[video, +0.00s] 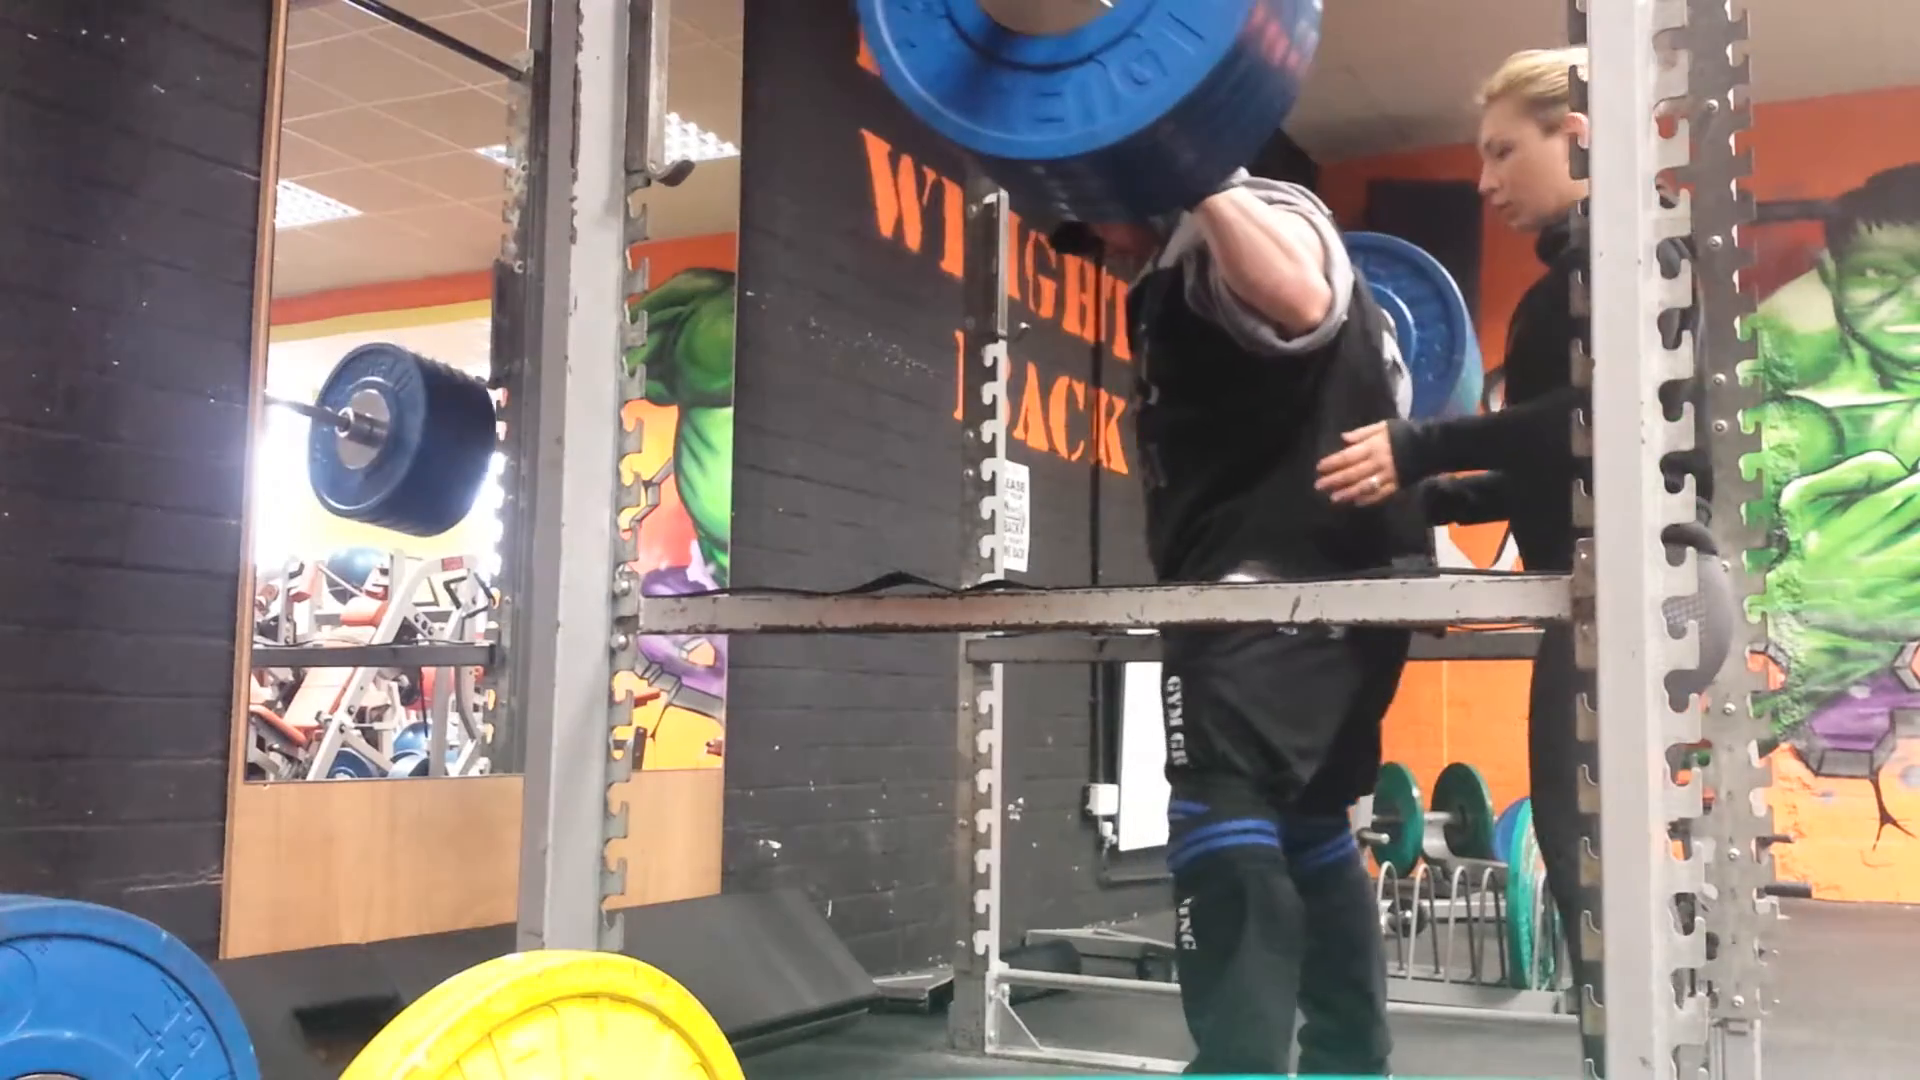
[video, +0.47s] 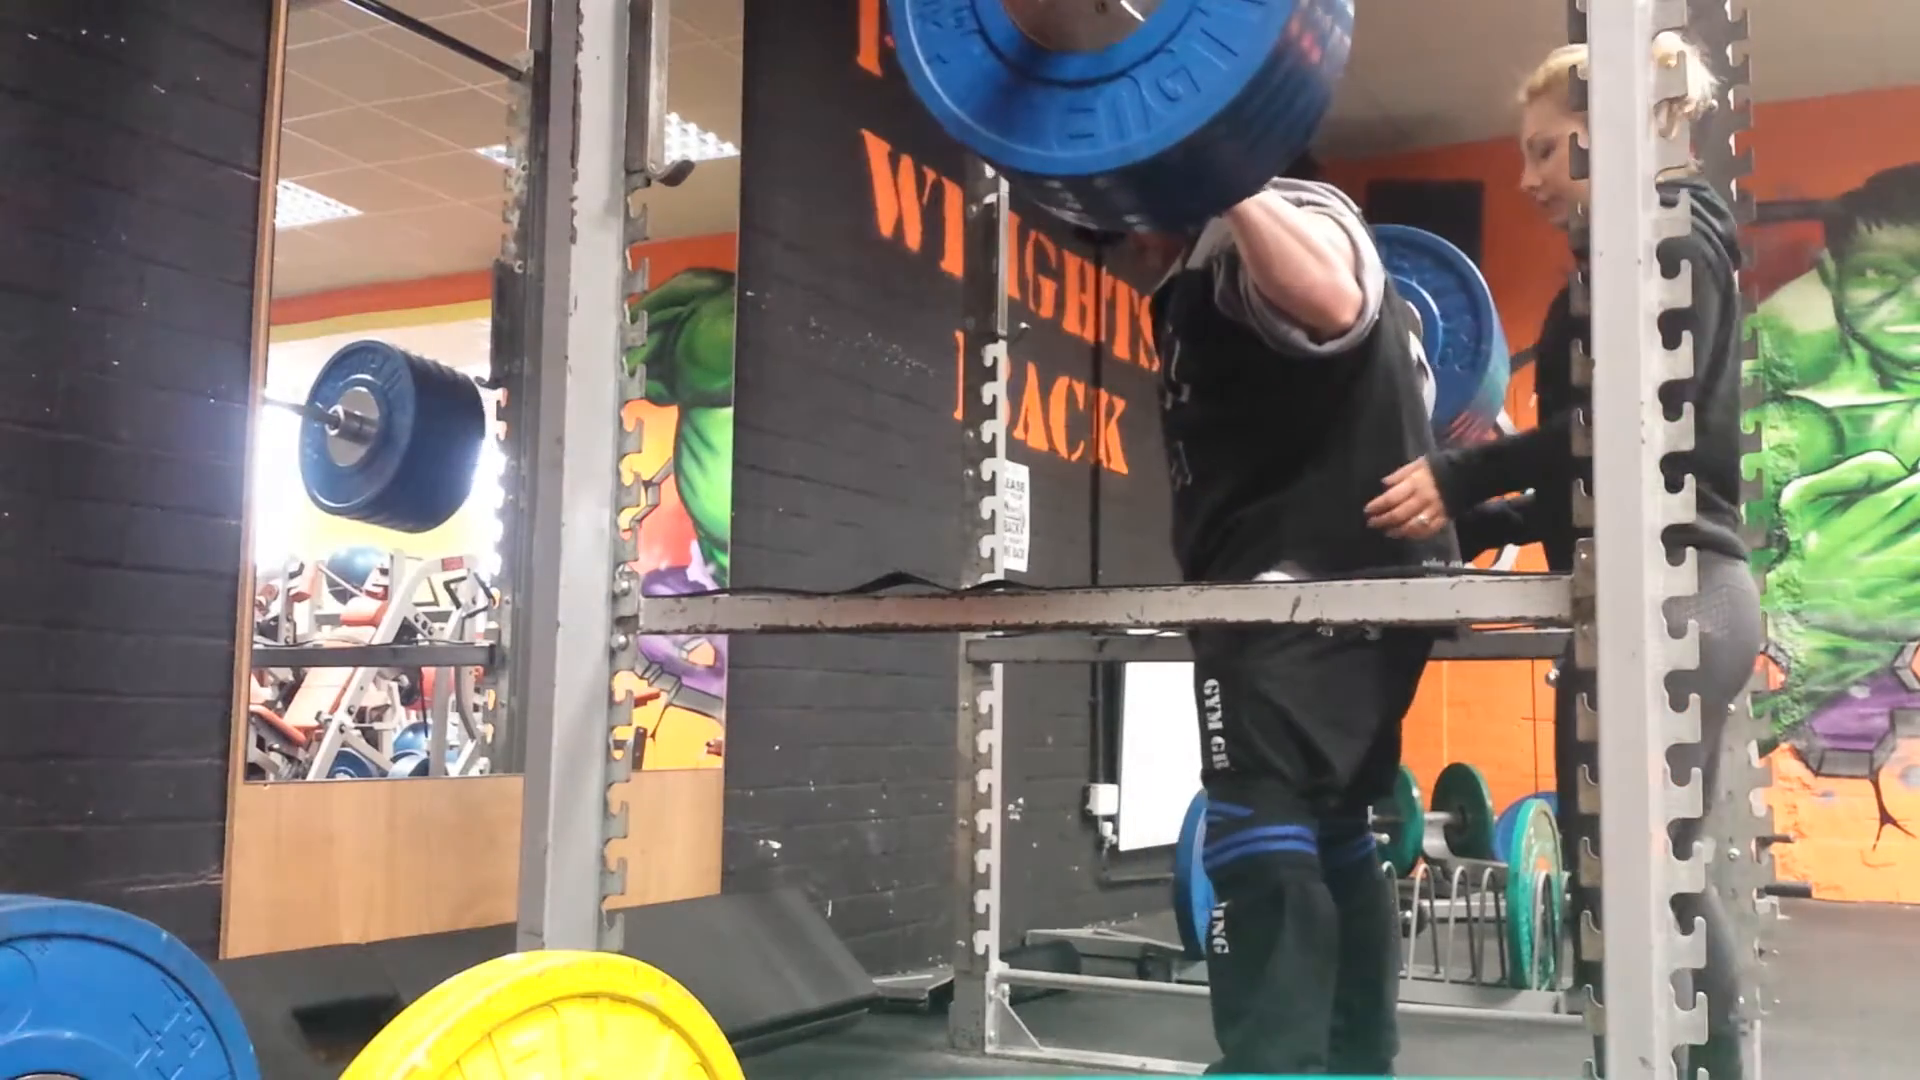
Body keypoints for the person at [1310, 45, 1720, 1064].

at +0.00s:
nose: (1486, 182)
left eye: (1500, 154)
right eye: (1483, 160)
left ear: (1571, 137)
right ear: (1554, 148)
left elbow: (1598, 421)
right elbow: (1560, 465)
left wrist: (1422, 446)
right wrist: (1433, 497)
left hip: (1624, 581)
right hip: (1581, 580)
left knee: (1590, 820)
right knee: (1570, 817)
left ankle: (1629, 1047)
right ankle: (1613, 1042)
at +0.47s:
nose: (1530, 179)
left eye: (1549, 152)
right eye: (1526, 155)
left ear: (1611, 146)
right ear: (1558, 152)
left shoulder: (1656, 243)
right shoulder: (1639, 254)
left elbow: (1627, 425)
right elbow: (1615, 477)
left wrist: (1466, 477)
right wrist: (1481, 525)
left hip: (1665, 585)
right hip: (1670, 579)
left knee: (1639, 857)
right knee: (1653, 855)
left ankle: (1654, 1060)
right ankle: (1687, 1058)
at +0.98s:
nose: (1539, 167)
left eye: (1557, 138)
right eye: (1535, 143)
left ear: (1628, 126)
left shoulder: (1667, 228)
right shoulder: (1658, 225)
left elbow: (1637, 428)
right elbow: (1605, 432)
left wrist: (1475, 486)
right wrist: (1479, 494)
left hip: (1678, 575)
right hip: (1677, 572)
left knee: (1635, 858)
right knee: (1645, 853)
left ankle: (1653, 1056)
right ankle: (1662, 1053)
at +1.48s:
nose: (1530, 181)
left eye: (1545, 154)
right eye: (1524, 159)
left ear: (1607, 141)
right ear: (1564, 151)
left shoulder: (1665, 241)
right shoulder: (1636, 255)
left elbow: (1610, 427)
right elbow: (1605, 465)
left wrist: (1441, 466)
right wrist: (1464, 506)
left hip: (1687, 589)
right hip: (1676, 586)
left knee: (1649, 853)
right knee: (1665, 853)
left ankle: (1675, 1060)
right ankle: (1687, 1057)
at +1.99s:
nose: (1532, 171)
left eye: (1542, 148)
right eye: (1531, 150)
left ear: (1600, 140)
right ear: (1611, 143)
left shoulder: (1652, 241)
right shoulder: (1660, 241)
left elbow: (1594, 426)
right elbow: (1585, 458)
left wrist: (1403, 444)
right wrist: (1429, 477)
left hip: (1680, 586)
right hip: (1700, 585)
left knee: (1637, 855)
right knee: (1661, 854)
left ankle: (1659, 1060)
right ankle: (1681, 1055)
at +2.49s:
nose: (1521, 169)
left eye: (1533, 143)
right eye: (1524, 145)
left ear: (1592, 140)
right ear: (1585, 143)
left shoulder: (1652, 241)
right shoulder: (1650, 250)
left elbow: (1591, 422)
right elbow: (1593, 475)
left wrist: (1406, 453)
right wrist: (1445, 508)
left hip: (1683, 584)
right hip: (1695, 584)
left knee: (1643, 862)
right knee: (1666, 859)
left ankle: (1665, 1061)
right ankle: (1700, 1056)